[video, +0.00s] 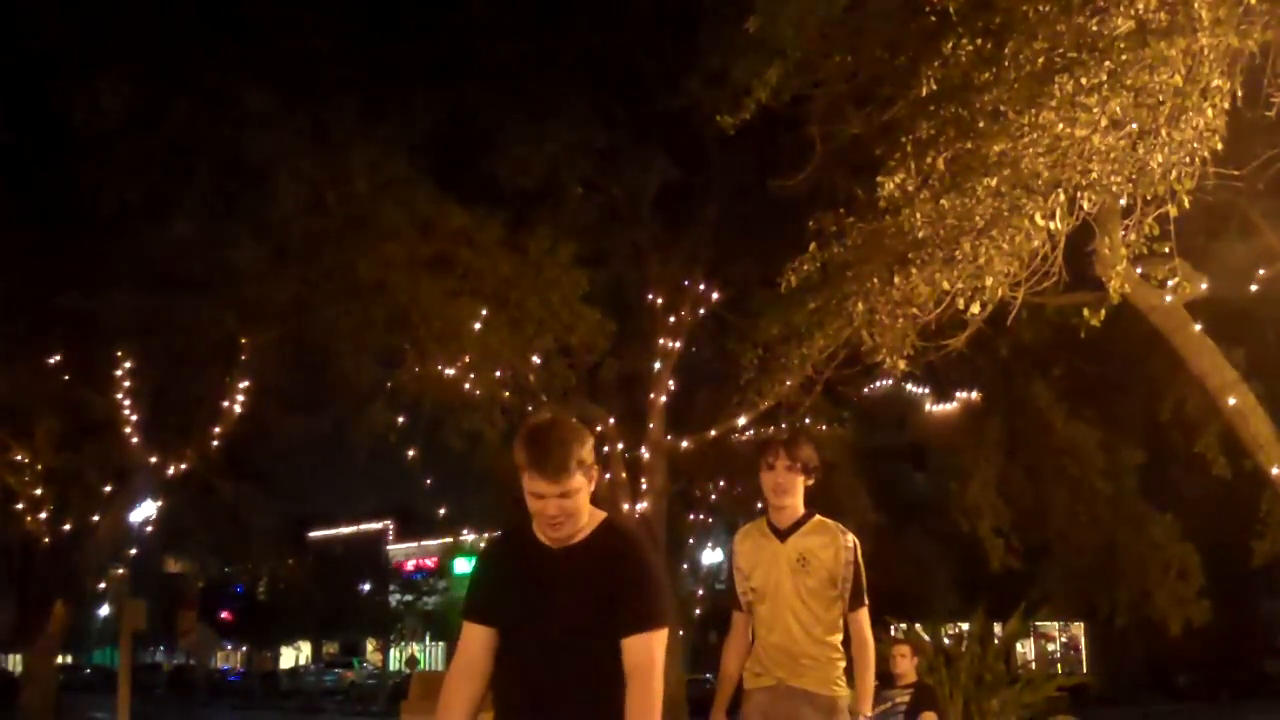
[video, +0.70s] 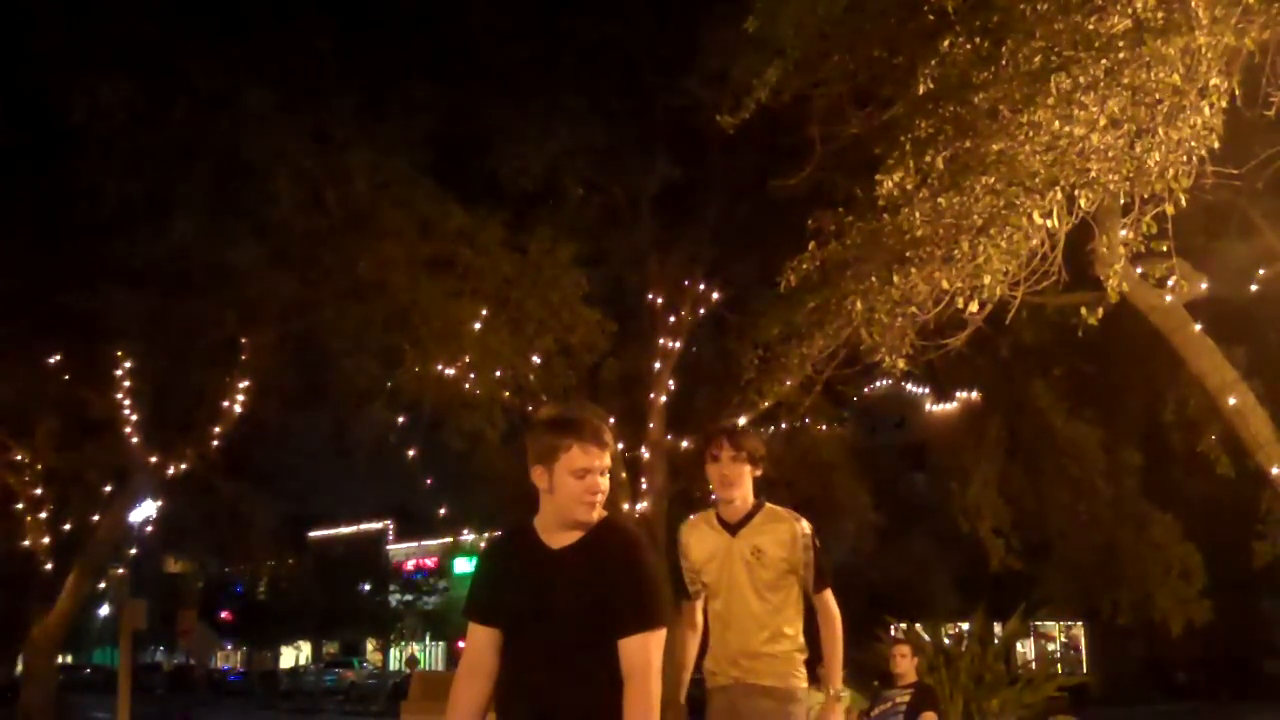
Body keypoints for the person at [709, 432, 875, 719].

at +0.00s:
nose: (779, 478)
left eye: (790, 468)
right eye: (770, 468)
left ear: (807, 476)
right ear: (759, 476)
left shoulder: (839, 541)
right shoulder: (745, 540)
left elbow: (860, 633)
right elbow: (740, 630)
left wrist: (863, 711)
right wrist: (718, 710)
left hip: (824, 696)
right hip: (760, 695)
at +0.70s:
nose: (724, 470)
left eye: (735, 459)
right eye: (715, 460)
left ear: (755, 467)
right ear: (705, 469)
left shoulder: (792, 529)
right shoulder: (692, 532)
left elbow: (826, 608)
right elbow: (690, 623)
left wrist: (834, 695)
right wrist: (676, 700)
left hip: (782, 687)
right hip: (721, 688)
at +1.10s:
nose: (698, 506)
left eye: (710, 494)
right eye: (689, 494)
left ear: (735, 504)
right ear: (679, 502)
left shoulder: (774, 576)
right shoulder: (664, 574)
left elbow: (813, 664)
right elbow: (652, 661)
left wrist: (820, 713)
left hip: (759, 711)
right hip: (689, 711)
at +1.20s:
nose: (685, 456)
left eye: (695, 443)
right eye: (677, 444)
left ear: (722, 451)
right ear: (668, 453)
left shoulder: (760, 516)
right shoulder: (653, 521)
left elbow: (805, 618)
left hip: (743, 700)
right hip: (673, 700)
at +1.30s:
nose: (666, 412)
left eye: (679, 398)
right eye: (658, 399)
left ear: (707, 404)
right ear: (649, 405)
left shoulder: (746, 465)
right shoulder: (637, 467)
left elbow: (785, 553)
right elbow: (622, 549)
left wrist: (728, 541)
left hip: (722, 639)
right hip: (654, 638)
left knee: (727, 714)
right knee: (650, 715)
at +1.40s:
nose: (647, 396)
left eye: (660, 382)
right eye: (637, 384)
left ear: (690, 386)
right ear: (629, 389)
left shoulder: (726, 445)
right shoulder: (618, 445)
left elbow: (730, 509)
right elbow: (594, 509)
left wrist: (658, 509)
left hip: (715, 625)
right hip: (642, 623)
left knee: (715, 713)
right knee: (639, 715)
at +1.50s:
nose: (622, 418)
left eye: (636, 404)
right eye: (614, 405)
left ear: (668, 405)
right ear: (605, 407)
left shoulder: (705, 462)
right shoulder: (594, 463)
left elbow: (717, 531)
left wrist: (639, 511)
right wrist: (538, 518)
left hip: (697, 631)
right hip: (620, 632)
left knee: (704, 713)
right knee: (627, 715)